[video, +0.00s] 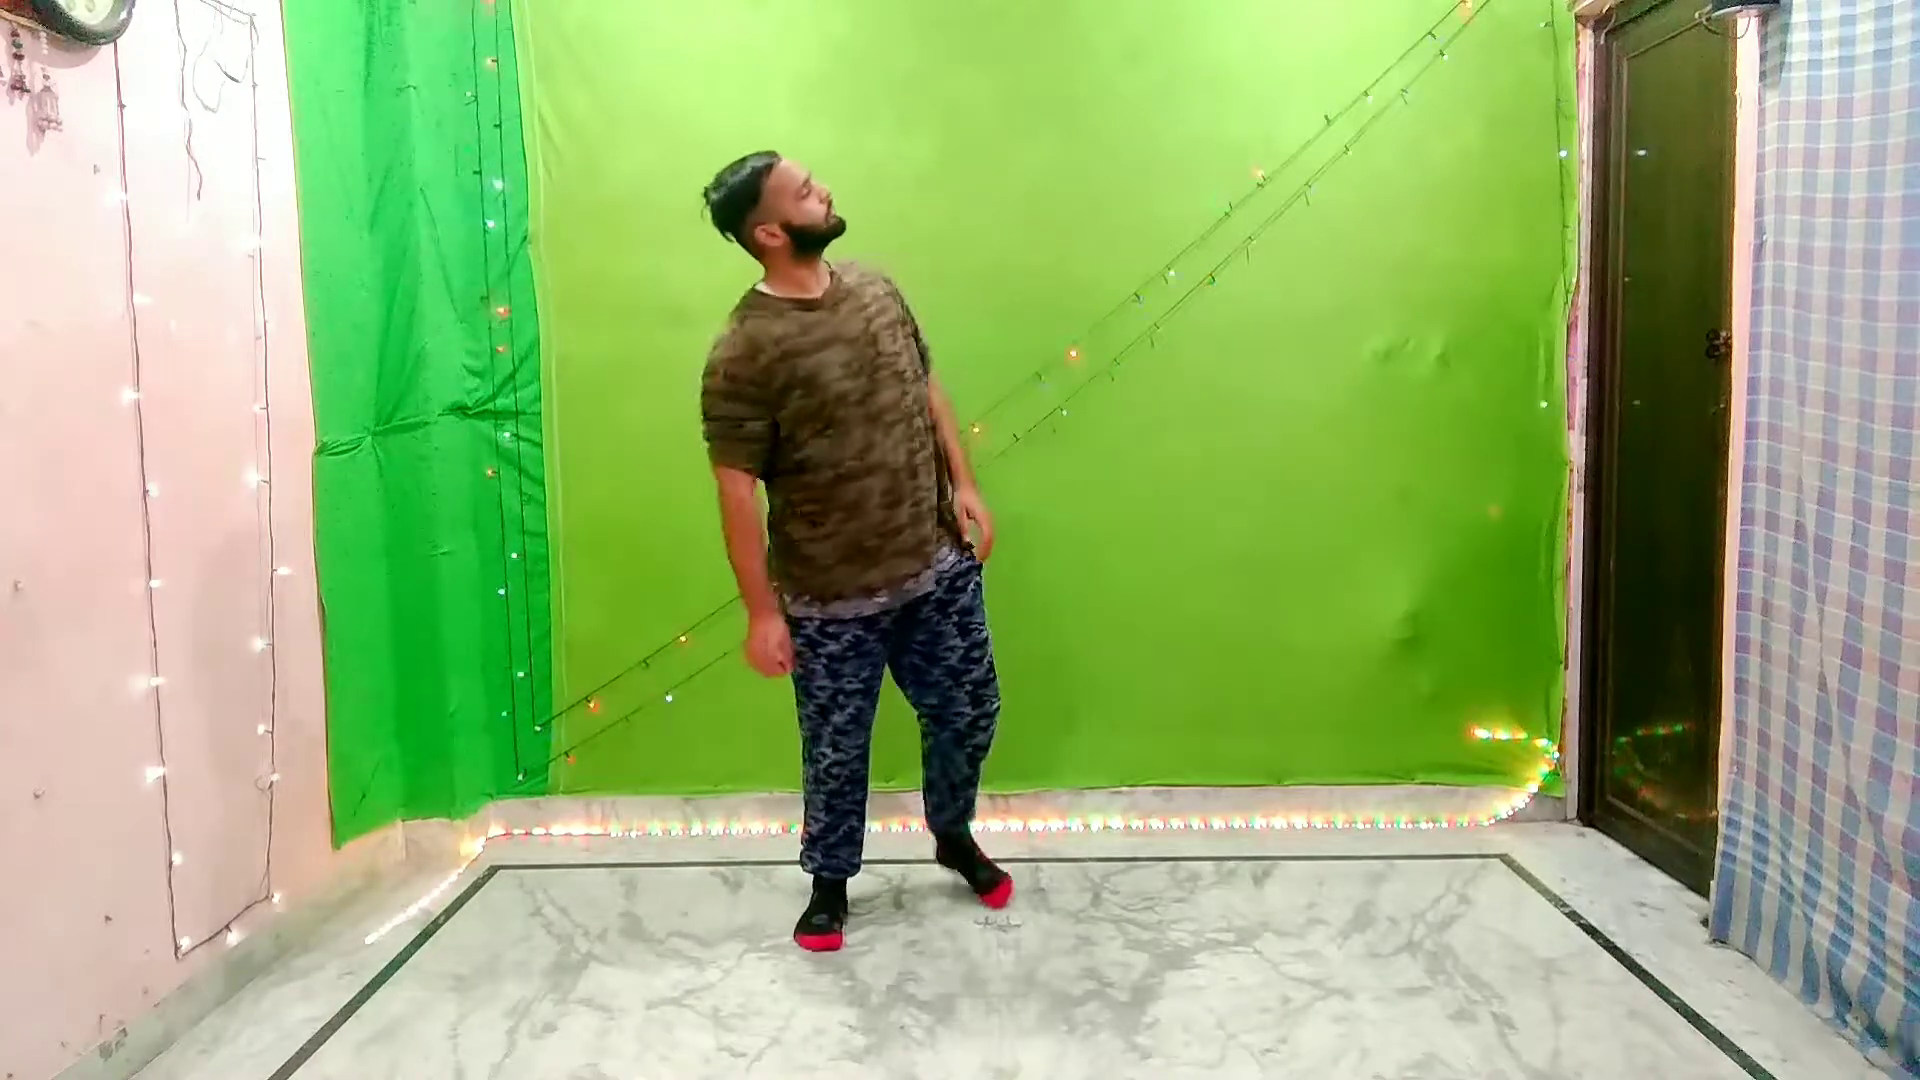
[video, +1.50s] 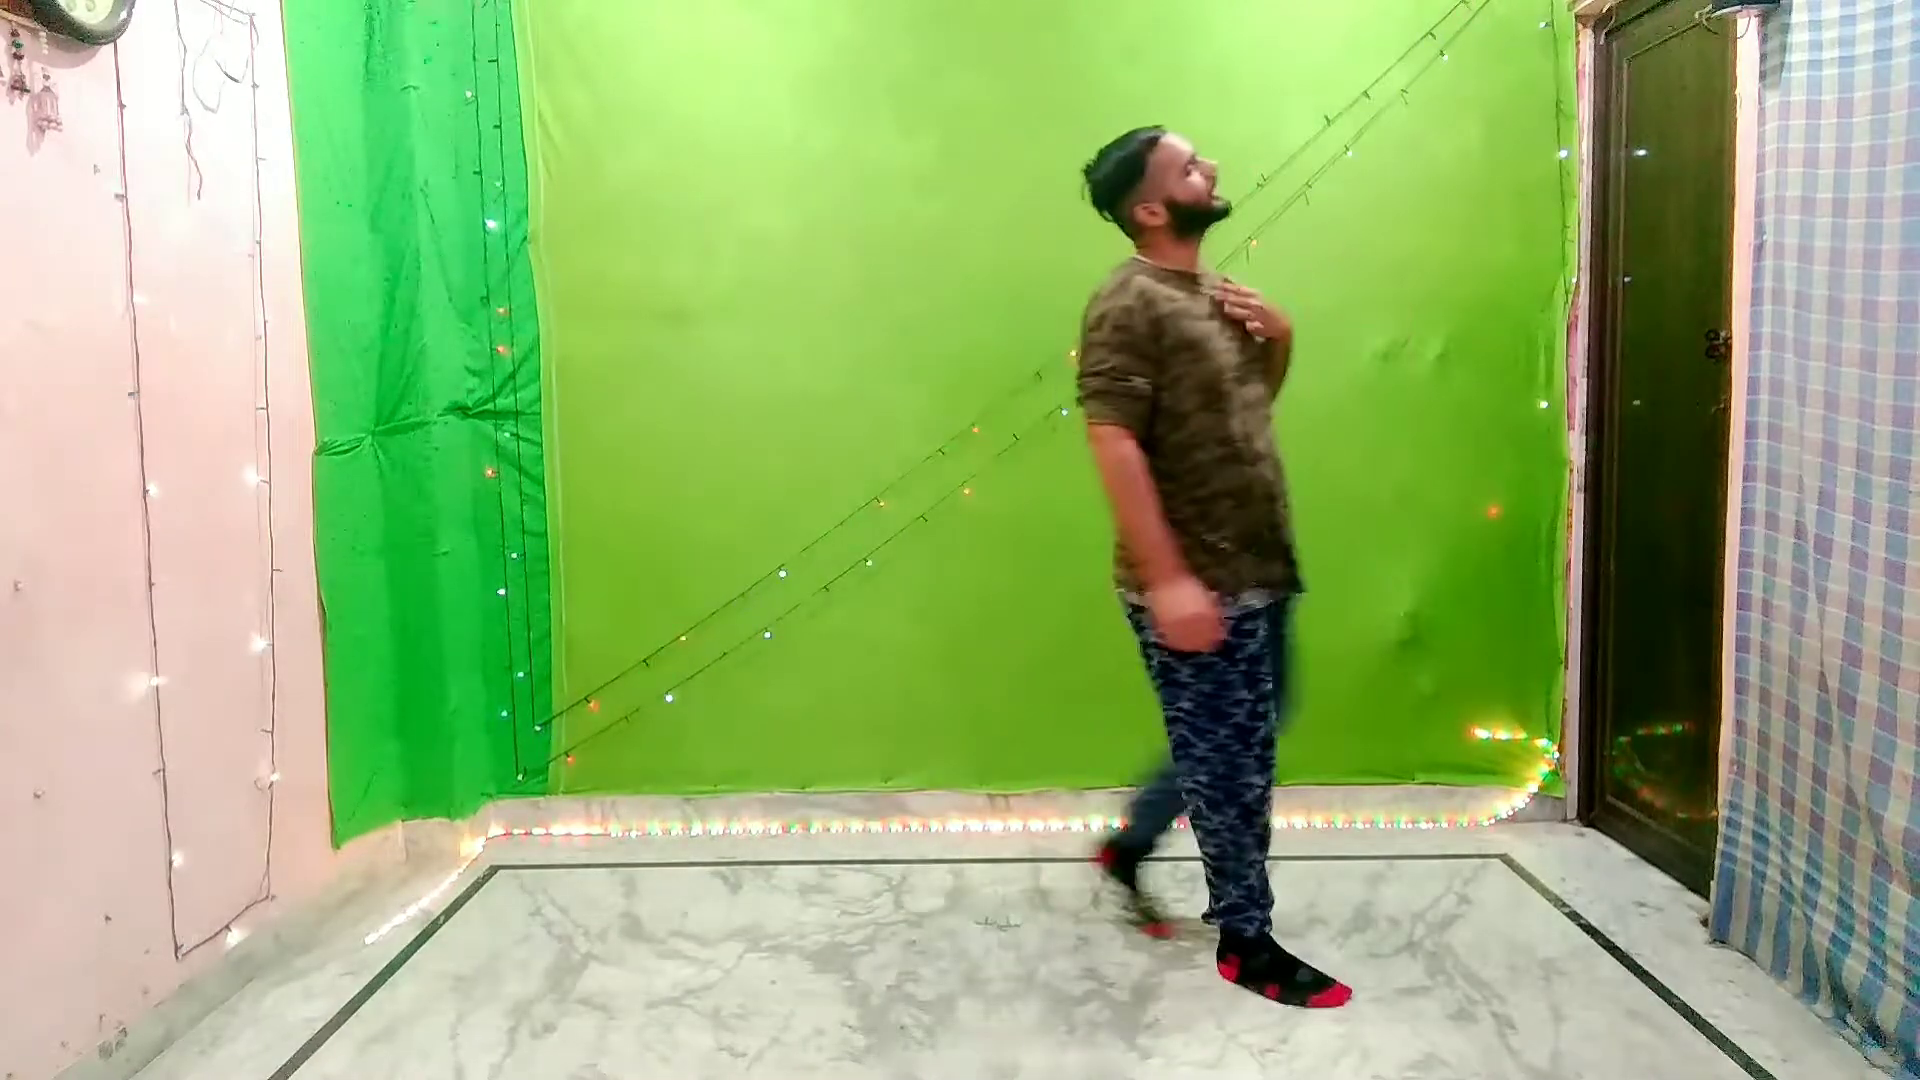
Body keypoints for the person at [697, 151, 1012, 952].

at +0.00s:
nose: (820, 187)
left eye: (809, 177)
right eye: (800, 188)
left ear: (787, 224)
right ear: (764, 234)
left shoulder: (873, 292)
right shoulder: (745, 355)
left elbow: (927, 395)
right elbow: (737, 487)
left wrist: (964, 485)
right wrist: (761, 610)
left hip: (933, 566)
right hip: (831, 594)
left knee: (969, 712)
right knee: (836, 752)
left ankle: (952, 831)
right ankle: (828, 886)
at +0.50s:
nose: (908, 185)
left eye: (899, 176)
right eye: (886, 188)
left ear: (903, 210)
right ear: (857, 235)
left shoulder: (955, 297)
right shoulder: (852, 327)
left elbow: (971, 434)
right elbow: (855, 464)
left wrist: (998, 551)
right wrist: (913, 583)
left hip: (989, 573)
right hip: (890, 589)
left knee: (1015, 741)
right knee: (859, 750)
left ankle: (1057, 879)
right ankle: (822, 890)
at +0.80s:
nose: (1034, 171)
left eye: (1027, 161)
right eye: (1011, 167)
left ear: (1015, 200)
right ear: (974, 206)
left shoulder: (1085, 283)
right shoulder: (957, 324)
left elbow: (1121, 391)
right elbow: (934, 462)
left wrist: (1111, 491)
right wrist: (938, 593)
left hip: (1094, 570)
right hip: (1005, 582)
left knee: (1072, 742)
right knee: (961, 739)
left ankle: (1068, 883)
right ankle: (894, 868)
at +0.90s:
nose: (1076, 165)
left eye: (1067, 157)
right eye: (1055, 161)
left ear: (1060, 196)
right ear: (1017, 202)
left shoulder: (1125, 279)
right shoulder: (988, 318)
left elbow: (1183, 336)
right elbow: (953, 445)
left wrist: (1209, 441)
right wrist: (960, 579)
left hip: (1125, 554)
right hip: (1037, 562)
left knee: (1102, 728)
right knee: (1046, 728)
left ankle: (1069, 878)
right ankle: (985, 881)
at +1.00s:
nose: (1100, 166)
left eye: (1092, 157)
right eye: (1078, 162)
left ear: (1083, 197)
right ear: (1038, 202)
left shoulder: (1134, 277)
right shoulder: (1009, 309)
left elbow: (1203, 311)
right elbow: (970, 437)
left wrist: (1257, 398)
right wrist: (972, 572)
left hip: (1143, 544)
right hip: (1055, 550)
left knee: (1117, 726)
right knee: (1083, 723)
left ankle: (1070, 877)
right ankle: (1057, 907)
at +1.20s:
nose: (1148, 164)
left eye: (1140, 154)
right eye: (1128, 160)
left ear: (1116, 199)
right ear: (1088, 200)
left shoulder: (1163, 289)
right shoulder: (1053, 306)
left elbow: (1227, 332)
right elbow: (1013, 438)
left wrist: (1325, 324)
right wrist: (1017, 575)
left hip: (1174, 557)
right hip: (1107, 565)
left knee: (1112, 722)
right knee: (1158, 740)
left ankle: (1070, 871)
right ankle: (1193, 929)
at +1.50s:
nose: (1208, 171)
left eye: (1199, 161)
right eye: (1189, 166)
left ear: (1172, 200)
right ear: (1147, 204)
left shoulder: (1213, 294)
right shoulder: (1126, 305)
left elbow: (1243, 408)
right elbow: (1112, 443)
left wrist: (1278, 341)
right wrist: (1166, 578)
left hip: (1259, 571)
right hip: (1194, 583)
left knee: (1246, 736)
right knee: (1226, 766)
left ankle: (1129, 841)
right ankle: (1246, 941)